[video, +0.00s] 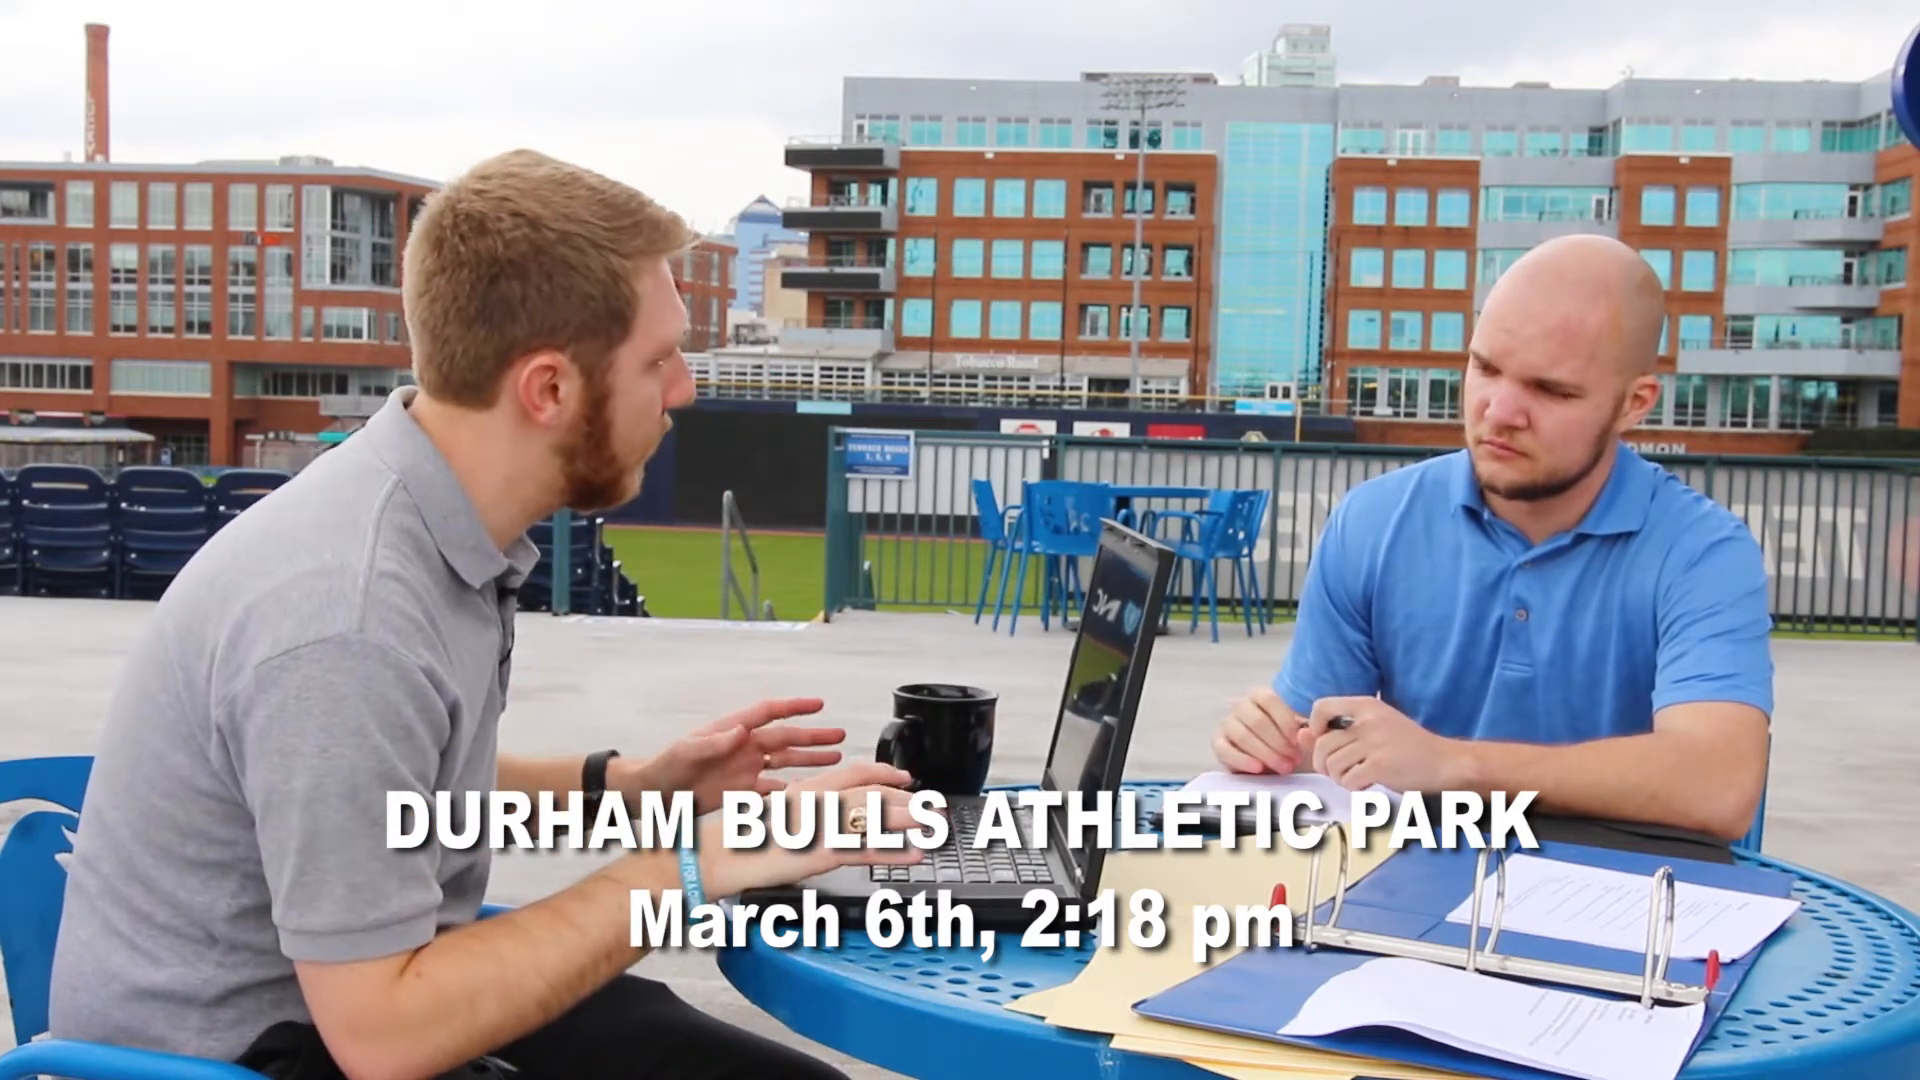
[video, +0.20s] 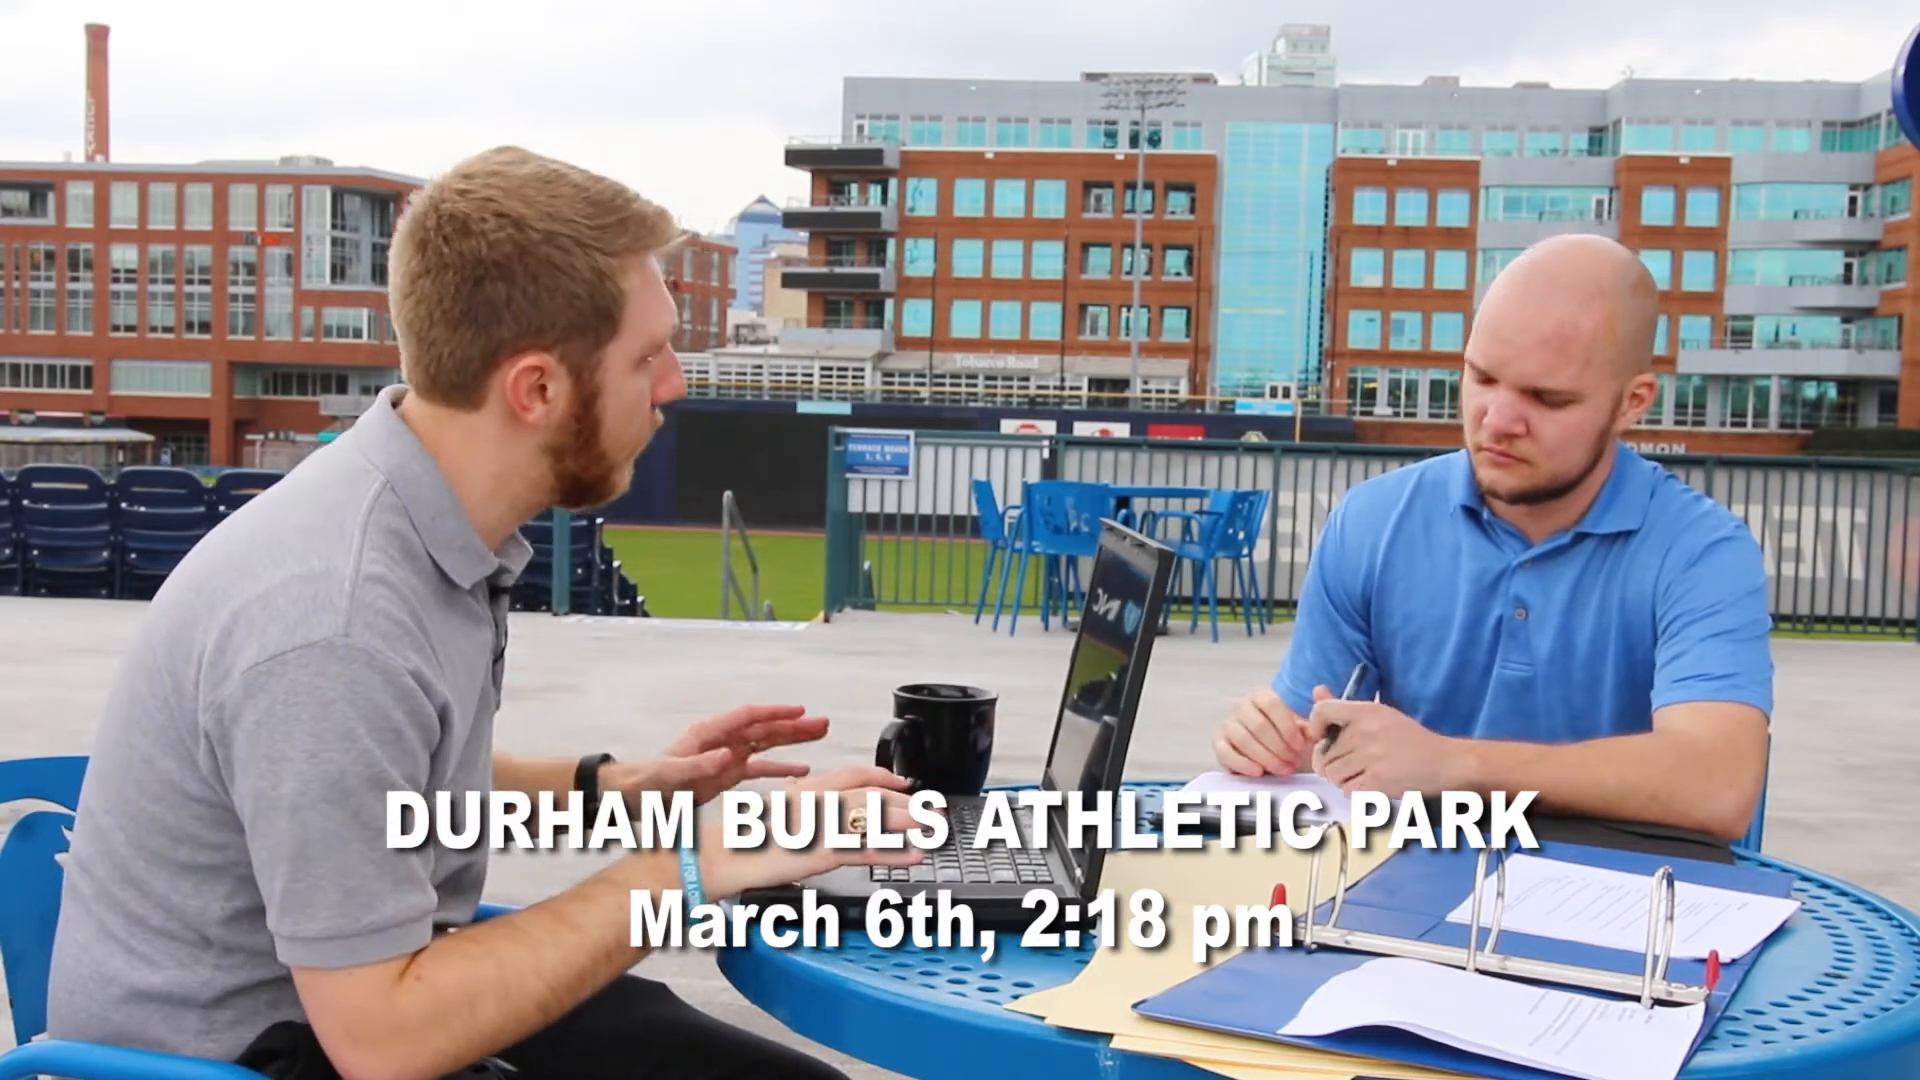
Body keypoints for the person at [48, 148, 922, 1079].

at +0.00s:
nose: (685, 393)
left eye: (678, 357)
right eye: (662, 362)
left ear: (539, 391)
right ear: (548, 391)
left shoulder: (424, 524)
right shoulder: (340, 621)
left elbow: (419, 791)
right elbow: (384, 1031)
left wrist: (638, 786)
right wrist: (693, 872)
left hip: (356, 977)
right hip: (220, 1048)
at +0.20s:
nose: (676, 389)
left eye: (668, 352)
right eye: (650, 360)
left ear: (525, 388)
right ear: (535, 390)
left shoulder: (418, 516)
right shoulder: (326, 623)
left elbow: (411, 783)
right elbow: (383, 1033)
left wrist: (629, 789)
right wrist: (692, 872)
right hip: (216, 1046)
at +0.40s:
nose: (652, 376)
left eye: (649, 343)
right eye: (641, 349)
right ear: (544, 392)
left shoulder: (388, 496)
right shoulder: (322, 630)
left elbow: (422, 730)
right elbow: (384, 1039)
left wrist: (650, 687)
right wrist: (689, 870)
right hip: (213, 1046)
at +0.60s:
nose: (651, 363)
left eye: (647, 329)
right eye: (640, 333)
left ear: (419, 338)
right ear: (546, 377)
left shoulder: (329, 460)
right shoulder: (354, 649)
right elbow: (392, 1049)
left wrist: (564, 487)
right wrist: (708, 863)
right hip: (213, 1054)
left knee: (628, 1009)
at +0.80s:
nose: (664, 372)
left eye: (660, 335)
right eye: (648, 340)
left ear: (528, 360)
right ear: (539, 368)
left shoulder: (323, 452)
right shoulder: (369, 640)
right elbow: (397, 1047)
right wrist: (709, 863)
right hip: (214, 1052)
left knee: (627, 1009)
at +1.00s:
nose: (663, 377)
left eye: (661, 339)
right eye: (647, 343)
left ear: (530, 356)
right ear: (538, 362)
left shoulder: (322, 458)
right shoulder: (365, 623)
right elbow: (393, 1037)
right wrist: (711, 860)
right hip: (211, 1049)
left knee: (611, 998)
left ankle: (817, 1066)